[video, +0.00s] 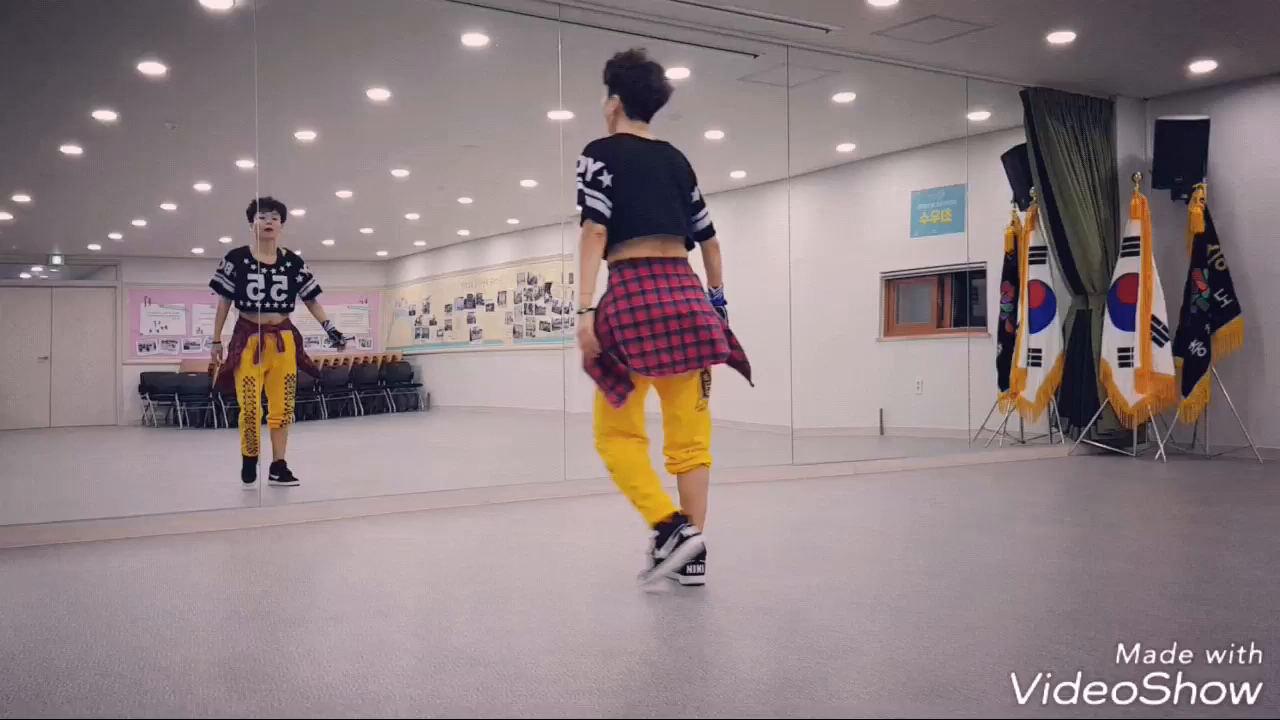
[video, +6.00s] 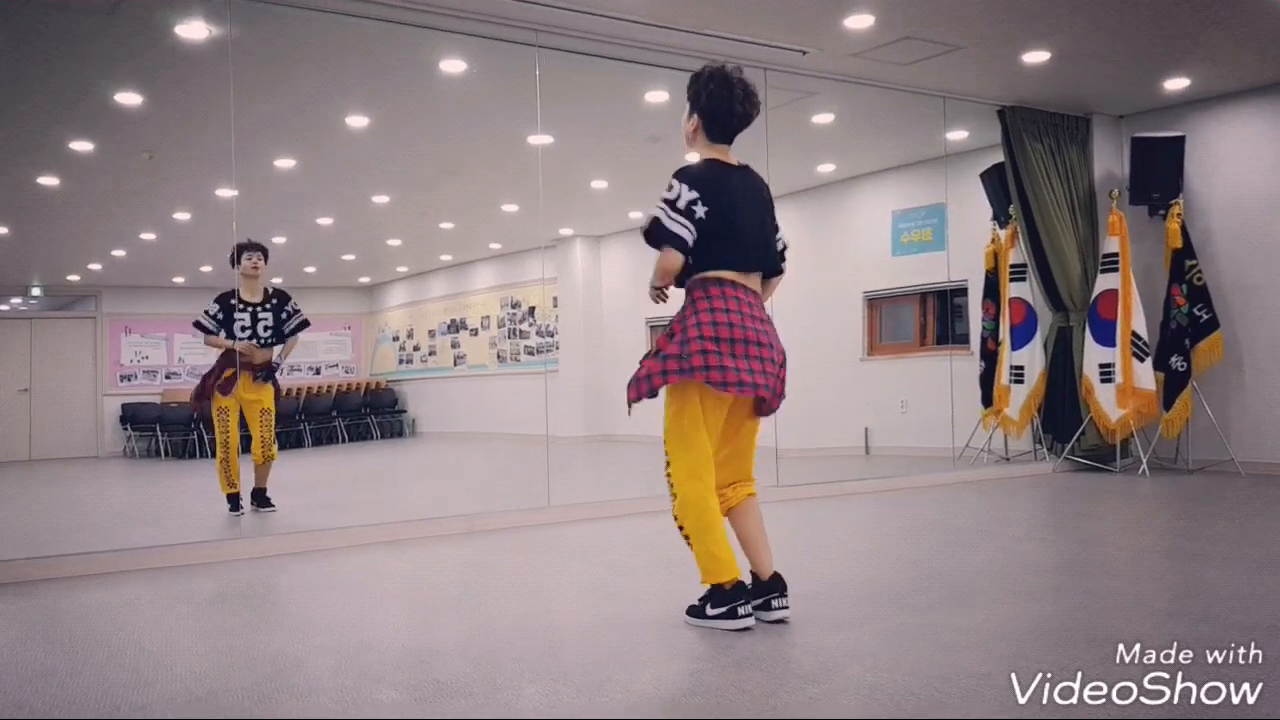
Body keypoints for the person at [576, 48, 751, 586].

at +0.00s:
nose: (603, 106)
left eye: (605, 98)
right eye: (607, 98)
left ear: (613, 103)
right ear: (654, 107)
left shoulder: (600, 155)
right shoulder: (677, 160)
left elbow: (594, 232)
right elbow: (707, 240)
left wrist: (584, 310)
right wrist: (717, 302)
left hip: (627, 298)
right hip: (686, 296)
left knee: (617, 434)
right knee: (690, 428)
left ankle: (667, 524)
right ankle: (693, 553)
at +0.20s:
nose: (639, 102)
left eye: (641, 94)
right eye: (642, 94)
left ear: (652, 99)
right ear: (691, 106)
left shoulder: (635, 155)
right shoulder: (712, 163)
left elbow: (631, 235)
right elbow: (740, 244)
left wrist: (630, 315)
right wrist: (720, 301)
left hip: (664, 301)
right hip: (715, 298)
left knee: (689, 439)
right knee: (710, 433)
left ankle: (752, 550)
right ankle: (690, 551)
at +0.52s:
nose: (675, 114)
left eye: (677, 105)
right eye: (678, 105)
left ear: (687, 109)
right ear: (729, 114)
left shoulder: (676, 165)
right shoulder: (753, 170)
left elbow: (660, 253)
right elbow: (776, 255)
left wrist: (639, 325)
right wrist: (750, 307)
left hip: (705, 316)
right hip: (759, 314)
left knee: (725, 459)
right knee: (730, 450)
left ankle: (764, 590)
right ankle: (757, 543)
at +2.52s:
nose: (682, 142)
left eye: (684, 132)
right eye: (686, 132)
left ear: (695, 138)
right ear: (738, 141)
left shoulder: (693, 198)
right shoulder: (756, 203)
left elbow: (681, 278)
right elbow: (767, 291)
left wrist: (662, 317)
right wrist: (747, 339)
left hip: (708, 339)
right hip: (756, 342)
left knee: (703, 490)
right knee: (742, 491)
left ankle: (730, 617)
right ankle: (763, 607)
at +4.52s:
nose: (676, 128)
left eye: (676, 120)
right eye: (680, 120)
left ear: (683, 124)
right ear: (731, 127)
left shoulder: (655, 182)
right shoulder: (753, 189)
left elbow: (631, 270)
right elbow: (763, 280)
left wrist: (622, 341)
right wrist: (750, 340)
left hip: (671, 334)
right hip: (738, 334)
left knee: (678, 477)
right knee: (742, 461)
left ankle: (704, 603)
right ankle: (744, 586)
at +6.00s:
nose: (683, 124)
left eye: (685, 115)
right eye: (688, 115)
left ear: (694, 121)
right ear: (739, 125)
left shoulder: (691, 179)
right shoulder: (757, 185)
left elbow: (671, 260)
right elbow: (777, 265)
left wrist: (658, 284)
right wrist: (747, 313)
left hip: (706, 321)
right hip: (754, 325)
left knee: (688, 470)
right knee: (733, 476)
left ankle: (726, 589)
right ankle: (768, 583)